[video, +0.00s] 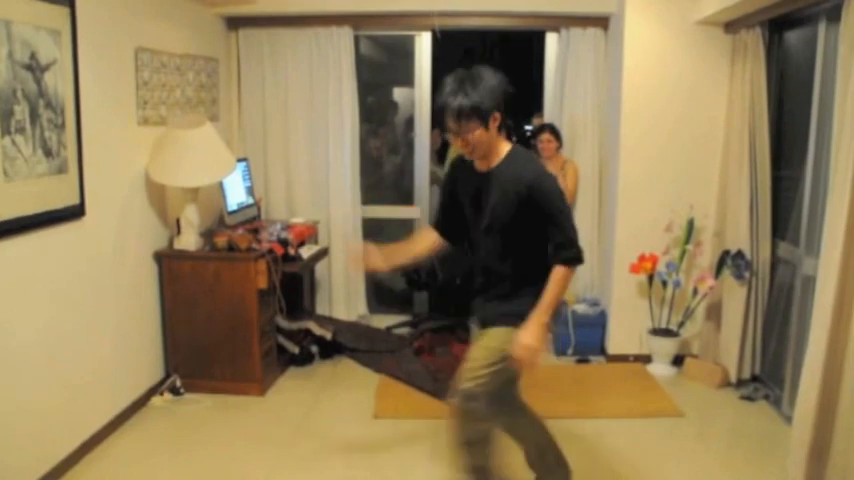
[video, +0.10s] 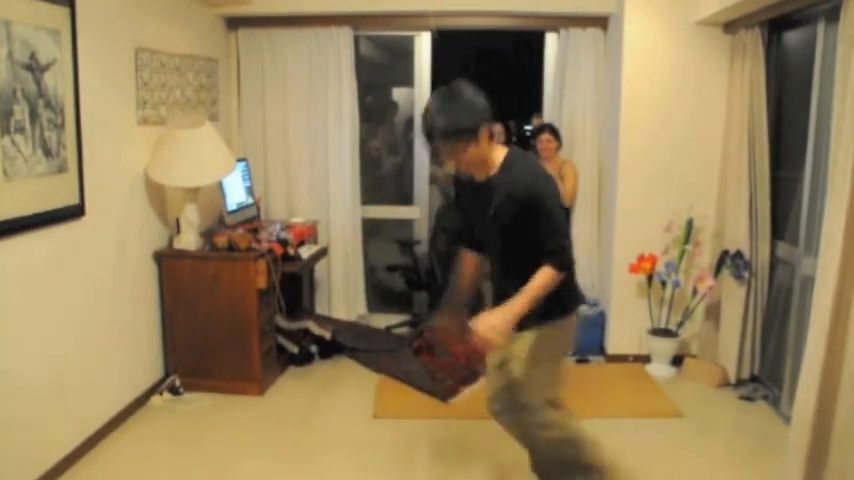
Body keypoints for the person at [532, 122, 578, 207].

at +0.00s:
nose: (544, 146)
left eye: (549, 141)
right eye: (540, 141)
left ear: (558, 143)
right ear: (536, 144)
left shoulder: (568, 166)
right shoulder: (534, 165)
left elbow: (569, 198)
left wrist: (558, 176)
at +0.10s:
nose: (544, 146)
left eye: (549, 141)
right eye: (540, 141)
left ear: (558, 144)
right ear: (535, 144)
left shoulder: (566, 167)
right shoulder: (531, 166)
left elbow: (567, 200)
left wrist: (554, 176)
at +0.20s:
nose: (544, 146)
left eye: (549, 142)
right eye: (540, 142)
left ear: (558, 145)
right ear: (535, 145)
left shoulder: (567, 168)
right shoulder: (530, 169)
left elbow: (567, 204)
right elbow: (527, 198)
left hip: (558, 227)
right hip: (534, 226)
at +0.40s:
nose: (544, 147)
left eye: (549, 142)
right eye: (540, 143)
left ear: (557, 145)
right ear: (534, 145)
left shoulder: (567, 168)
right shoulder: (530, 168)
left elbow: (568, 198)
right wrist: (529, 171)